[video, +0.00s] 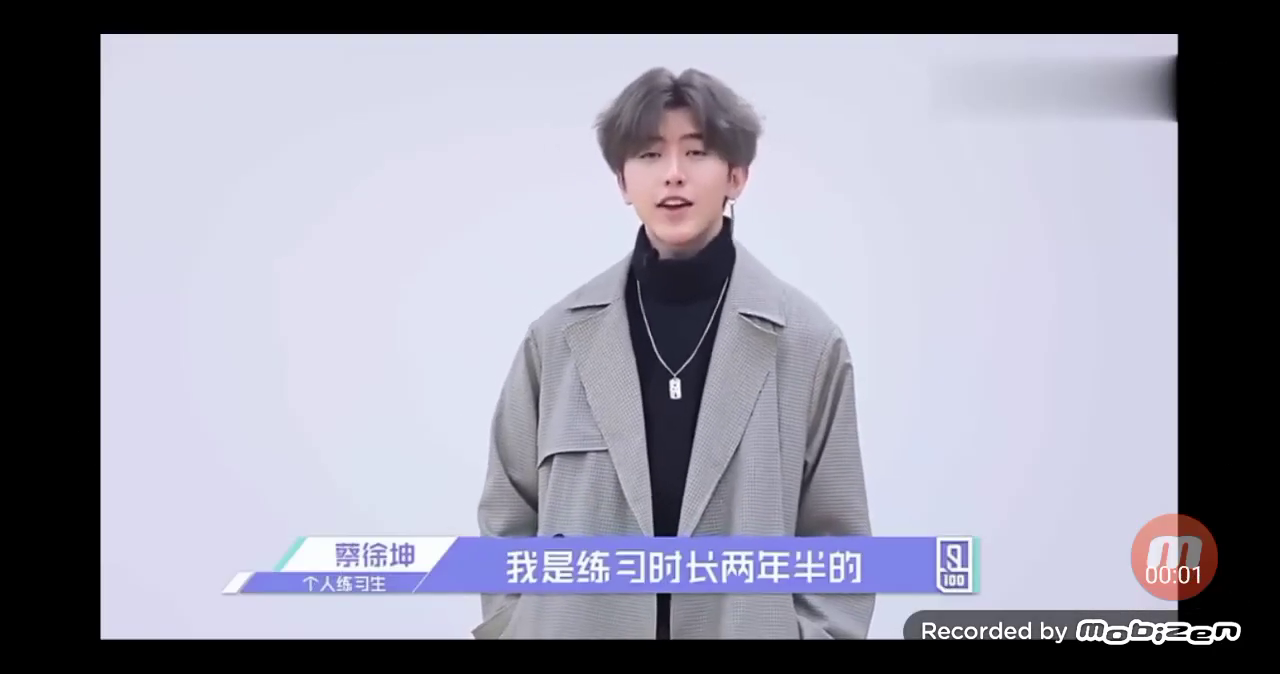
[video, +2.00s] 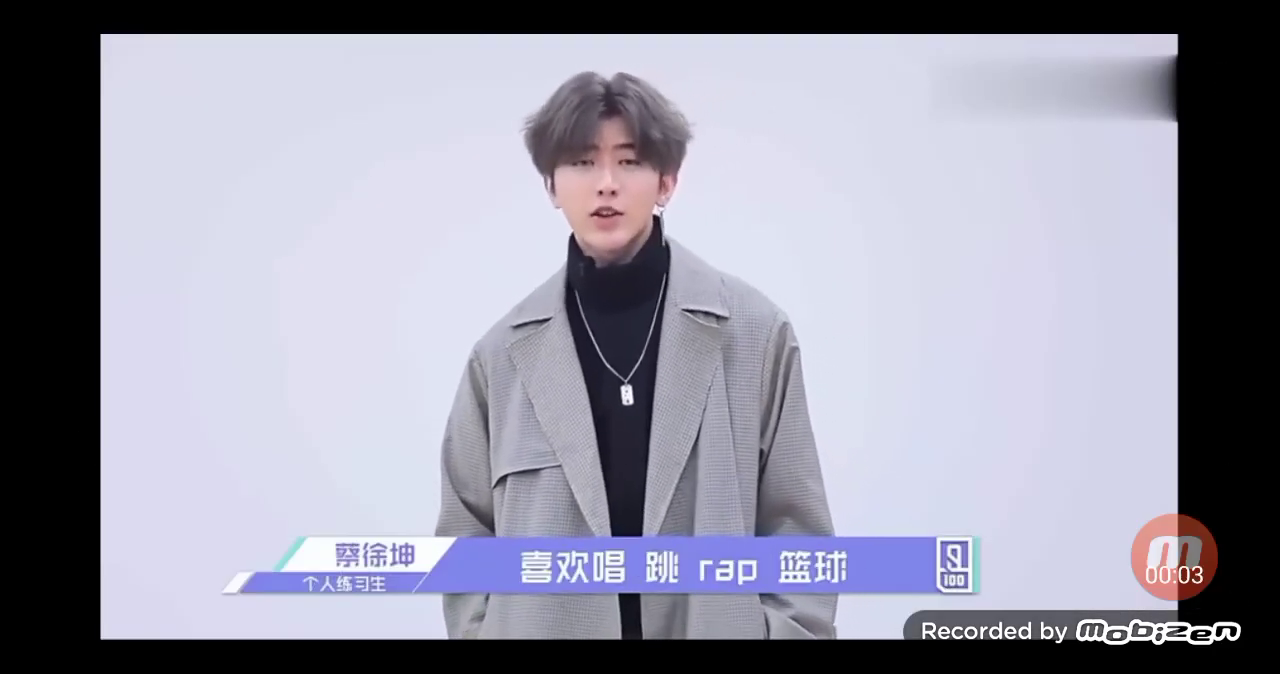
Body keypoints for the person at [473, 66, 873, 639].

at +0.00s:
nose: (673, 175)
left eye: (696, 152)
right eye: (650, 154)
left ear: (735, 178)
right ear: (623, 181)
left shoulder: (809, 342)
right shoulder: (553, 339)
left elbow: (839, 539)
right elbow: (506, 517)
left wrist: (816, 631)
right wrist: (511, 625)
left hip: (745, 629)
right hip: (578, 629)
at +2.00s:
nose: (606, 183)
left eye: (628, 162)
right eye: (582, 162)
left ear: (665, 183)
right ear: (553, 185)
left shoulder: (757, 333)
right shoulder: (497, 356)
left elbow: (800, 530)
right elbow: (462, 536)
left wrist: (784, 631)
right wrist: (480, 627)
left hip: (712, 629)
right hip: (547, 631)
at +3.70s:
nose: (677, 190)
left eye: (697, 163)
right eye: (652, 172)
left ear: (745, 178)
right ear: (633, 198)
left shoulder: (831, 349)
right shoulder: (567, 343)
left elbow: (862, 544)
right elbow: (465, 449)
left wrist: (843, 628)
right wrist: (496, 585)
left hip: (774, 624)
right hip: (605, 625)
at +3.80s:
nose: (698, 195)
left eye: (718, 168)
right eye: (673, 178)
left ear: (764, 181)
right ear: (652, 201)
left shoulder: (850, 358)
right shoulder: (581, 334)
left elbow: (883, 551)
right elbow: (461, 413)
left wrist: (874, 629)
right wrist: (435, 538)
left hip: (784, 631)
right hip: (604, 629)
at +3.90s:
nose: (712, 198)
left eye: (731, 171)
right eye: (688, 182)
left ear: (777, 182)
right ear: (666, 205)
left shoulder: (854, 361)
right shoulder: (595, 336)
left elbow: (889, 554)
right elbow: (523, 474)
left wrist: (876, 627)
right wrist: (481, 459)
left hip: (789, 632)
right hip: (629, 629)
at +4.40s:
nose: (733, 196)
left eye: (752, 171)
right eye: (708, 181)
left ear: (799, 189)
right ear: (687, 206)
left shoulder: (853, 342)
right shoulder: (610, 332)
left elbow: (869, 476)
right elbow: (520, 444)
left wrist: (910, 553)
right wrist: (576, 501)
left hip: (812, 626)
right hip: (651, 622)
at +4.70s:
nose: (700, 198)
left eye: (721, 176)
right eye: (676, 185)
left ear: (768, 196)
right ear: (658, 213)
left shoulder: (824, 340)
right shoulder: (592, 324)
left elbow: (872, 453)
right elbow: (509, 426)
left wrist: (845, 504)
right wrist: (524, 476)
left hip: (765, 617)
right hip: (616, 616)